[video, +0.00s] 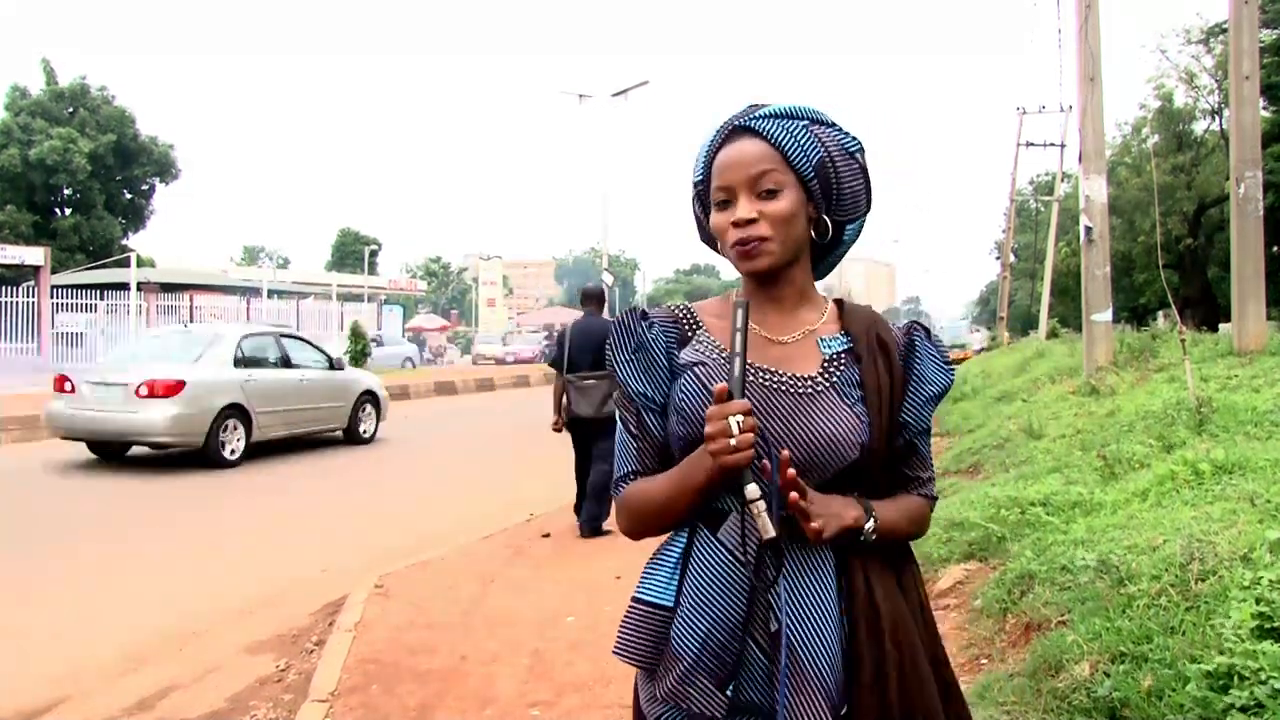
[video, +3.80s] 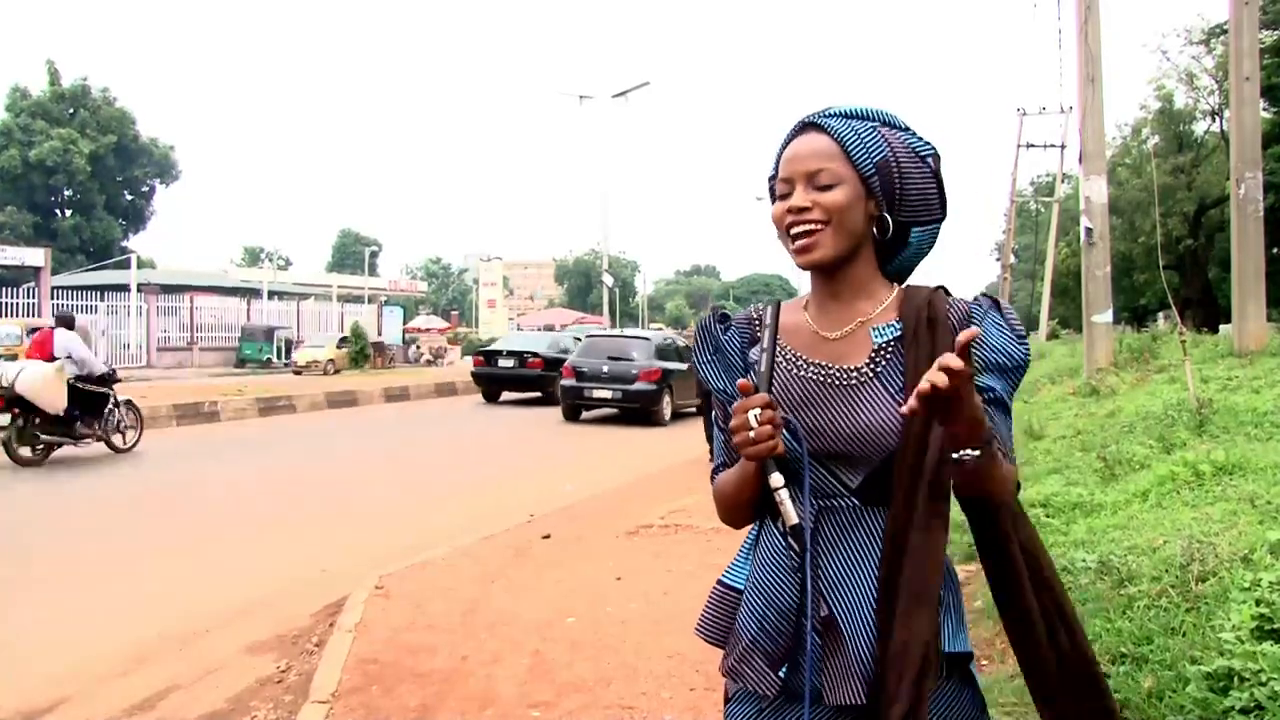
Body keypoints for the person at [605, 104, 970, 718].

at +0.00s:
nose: (742, 216)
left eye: (767, 193)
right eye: (723, 202)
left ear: (815, 206)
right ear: (709, 222)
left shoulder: (881, 346)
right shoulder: (667, 342)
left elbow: (918, 503)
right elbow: (631, 515)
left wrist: (855, 512)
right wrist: (706, 462)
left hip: (849, 628)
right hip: (710, 629)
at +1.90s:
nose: (801, 200)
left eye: (827, 181)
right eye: (784, 186)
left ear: (871, 203)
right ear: (767, 209)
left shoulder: (935, 331)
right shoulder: (731, 337)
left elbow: (977, 500)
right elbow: (707, 512)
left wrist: (921, 474)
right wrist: (764, 456)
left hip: (910, 630)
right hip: (777, 634)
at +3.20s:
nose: (817, 228)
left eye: (847, 210)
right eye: (805, 209)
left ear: (894, 231)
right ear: (788, 224)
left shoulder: (960, 349)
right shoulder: (760, 361)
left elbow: (1001, 519)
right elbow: (743, 531)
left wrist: (960, 453)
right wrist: (786, 494)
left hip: (934, 625)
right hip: (809, 625)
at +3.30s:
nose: (821, 219)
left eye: (849, 202)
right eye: (807, 203)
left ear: (896, 226)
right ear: (790, 223)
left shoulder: (955, 342)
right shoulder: (760, 356)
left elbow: (1006, 514)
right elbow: (743, 525)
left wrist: (968, 395)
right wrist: (783, 486)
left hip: (930, 627)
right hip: (806, 627)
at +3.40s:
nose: (824, 208)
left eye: (850, 190)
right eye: (808, 196)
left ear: (900, 213)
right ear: (791, 220)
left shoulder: (961, 322)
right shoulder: (762, 347)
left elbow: (1014, 491)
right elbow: (742, 517)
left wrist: (975, 323)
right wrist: (781, 473)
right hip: (806, 635)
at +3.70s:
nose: (808, 200)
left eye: (835, 182)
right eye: (794, 188)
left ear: (892, 203)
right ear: (781, 212)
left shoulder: (954, 318)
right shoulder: (751, 336)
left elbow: (1023, 471)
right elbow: (733, 511)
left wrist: (977, 299)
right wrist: (757, 456)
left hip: (909, 627)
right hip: (782, 626)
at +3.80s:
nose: (796, 205)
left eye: (822, 184)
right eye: (783, 191)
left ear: (877, 201)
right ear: (772, 210)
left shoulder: (947, 327)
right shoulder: (750, 338)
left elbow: (996, 492)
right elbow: (730, 511)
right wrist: (751, 462)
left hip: (904, 623)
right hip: (779, 621)